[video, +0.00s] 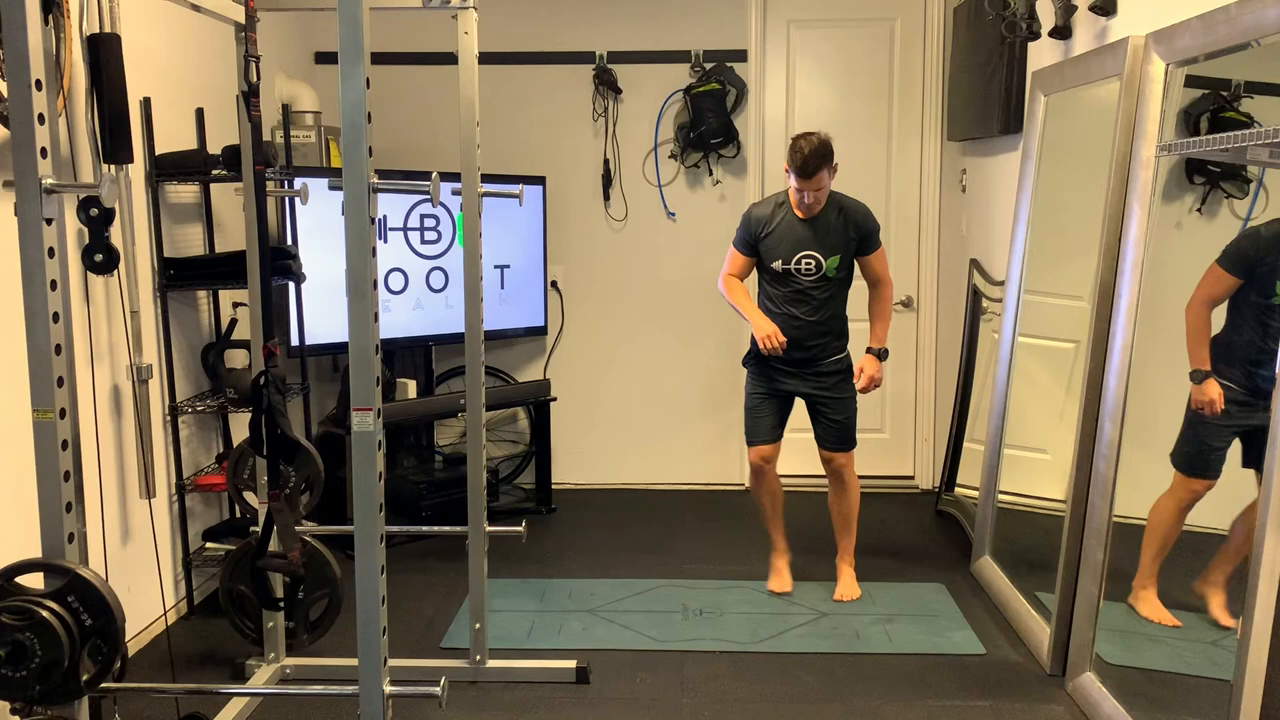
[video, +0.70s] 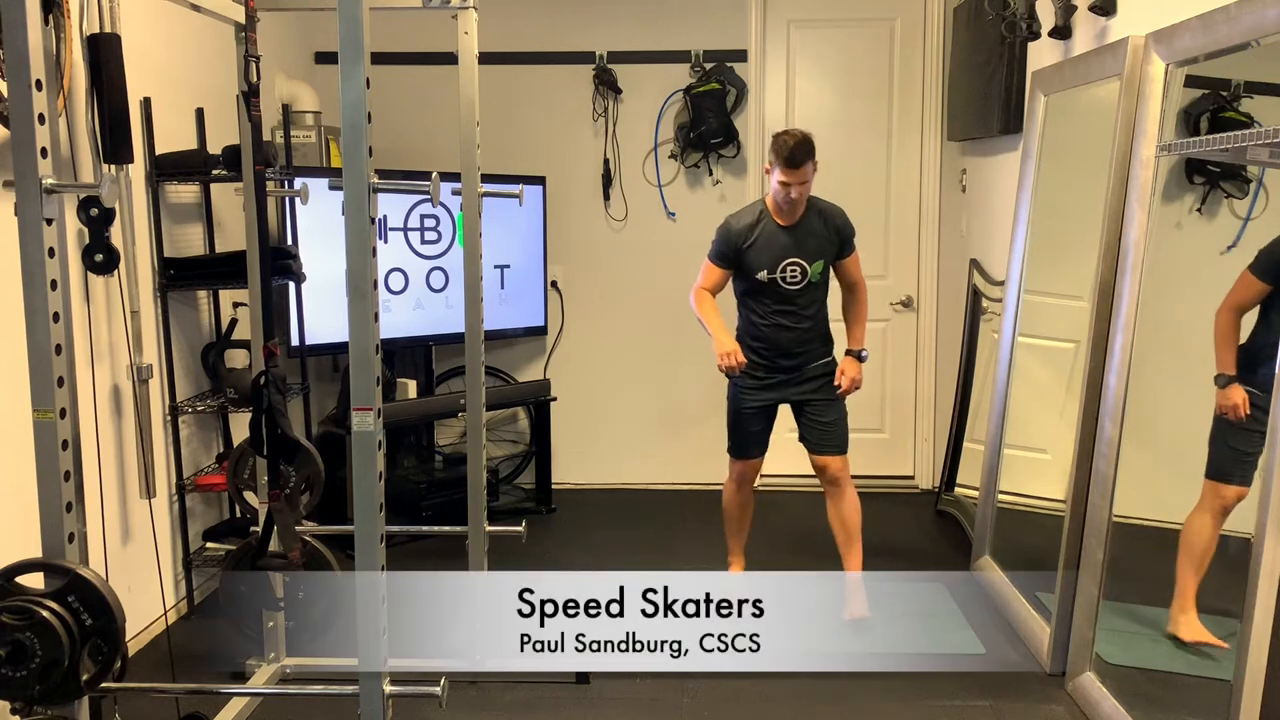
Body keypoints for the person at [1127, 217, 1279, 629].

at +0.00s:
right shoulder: (1262, 240)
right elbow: (1200, 303)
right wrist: (1201, 374)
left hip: (1271, 400)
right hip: (1225, 388)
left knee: (1273, 499)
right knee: (1189, 487)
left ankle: (1214, 579)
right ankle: (1143, 587)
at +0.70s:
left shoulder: (1275, 255)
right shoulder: (1277, 253)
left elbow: (1230, 309)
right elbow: (1230, 310)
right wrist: (1227, 380)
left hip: (1265, 399)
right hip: (1255, 395)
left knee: (1222, 498)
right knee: (1221, 495)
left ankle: (1183, 611)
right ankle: (1182, 612)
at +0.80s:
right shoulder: (1275, 255)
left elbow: (1223, 314)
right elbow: (1222, 314)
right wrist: (1219, 386)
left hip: (1268, 404)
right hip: (1251, 397)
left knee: (1223, 498)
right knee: (1222, 495)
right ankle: (1182, 616)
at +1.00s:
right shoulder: (1270, 270)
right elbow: (1209, 331)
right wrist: (1211, 408)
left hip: (1265, 406)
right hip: (1221, 393)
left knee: (1274, 501)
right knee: (1214, 495)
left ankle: (1244, 592)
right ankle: (1181, 617)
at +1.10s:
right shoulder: (1270, 278)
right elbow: (1206, 345)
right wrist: (1215, 421)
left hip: (1263, 402)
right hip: (1219, 389)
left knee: (1265, 505)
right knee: (1213, 499)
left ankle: (1206, 572)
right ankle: (1180, 619)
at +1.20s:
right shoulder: (1269, 287)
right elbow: (1207, 362)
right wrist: (1230, 428)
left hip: (1258, 398)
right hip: (1215, 388)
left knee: (1243, 514)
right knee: (1216, 504)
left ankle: (1160, 547)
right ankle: (1182, 619)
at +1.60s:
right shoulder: (1275, 334)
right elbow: (1239, 411)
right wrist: (1279, 423)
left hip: (1250, 425)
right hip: (1218, 413)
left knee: (1197, 524)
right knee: (1233, 514)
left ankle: (1107, 538)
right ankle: (1181, 620)